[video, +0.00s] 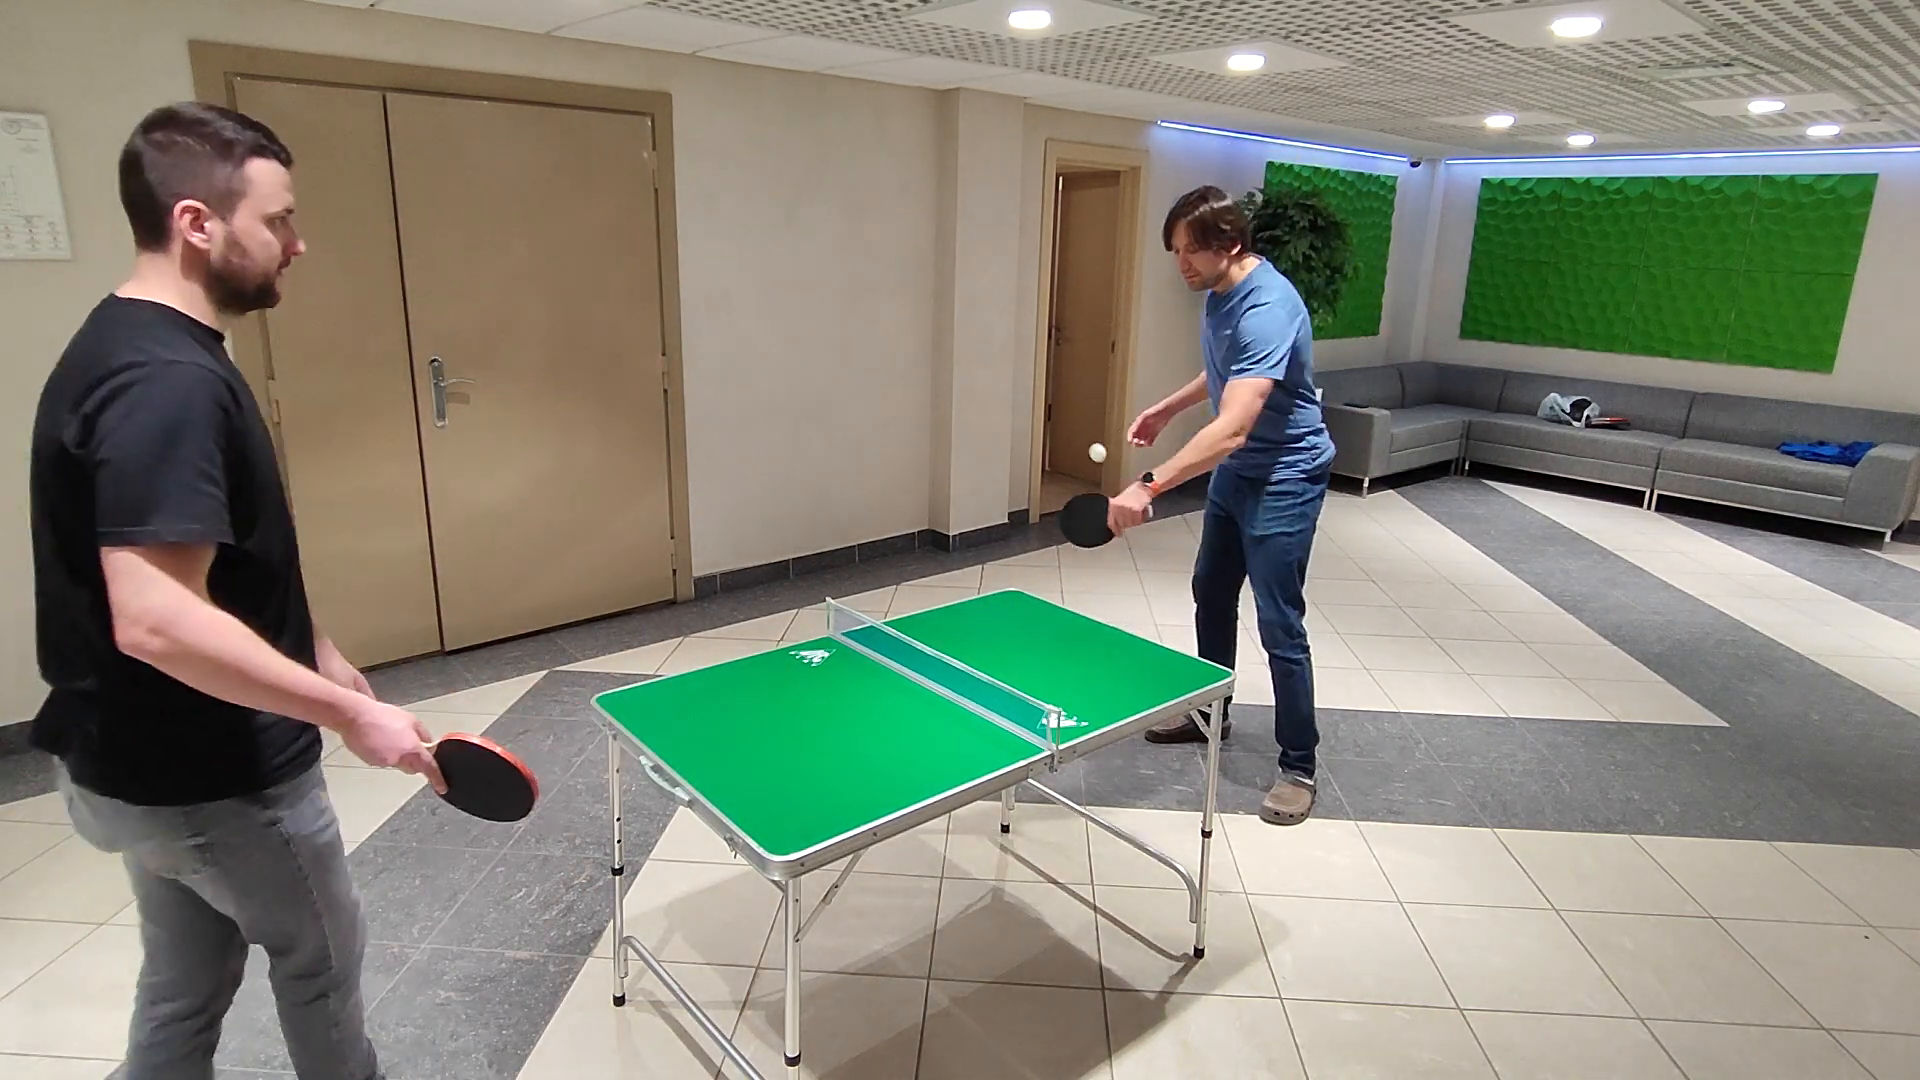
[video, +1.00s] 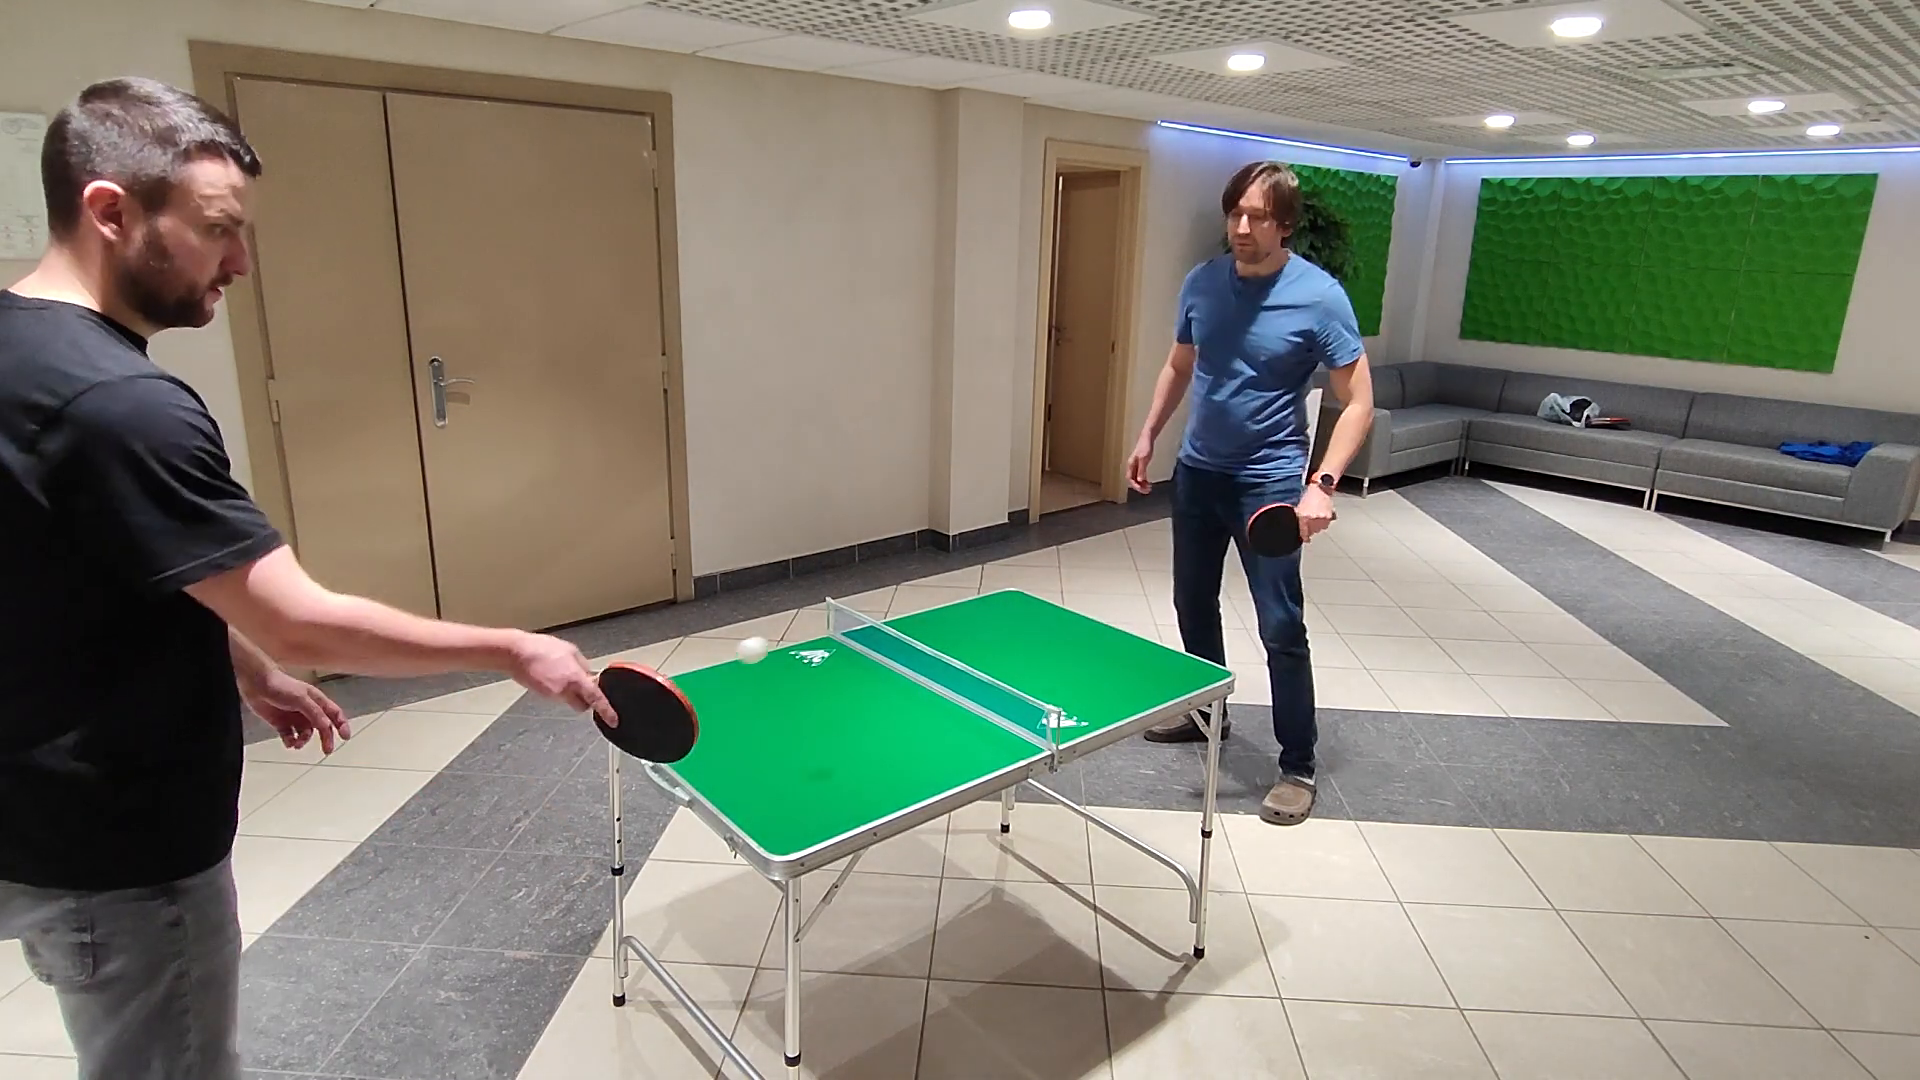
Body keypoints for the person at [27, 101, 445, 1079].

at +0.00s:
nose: (295, 246)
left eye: (293, 222)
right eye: (278, 221)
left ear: (196, 228)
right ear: (196, 225)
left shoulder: (121, 343)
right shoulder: (171, 374)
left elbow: (230, 559)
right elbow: (151, 617)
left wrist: (327, 666)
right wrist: (352, 712)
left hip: (140, 774)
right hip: (230, 782)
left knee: (180, 999)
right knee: (321, 963)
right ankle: (343, 1073)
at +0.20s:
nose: (249, 244)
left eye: (246, 219)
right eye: (226, 219)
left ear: (142, 225)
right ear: (137, 220)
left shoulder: (109, 347)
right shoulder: (102, 364)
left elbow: (189, 578)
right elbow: (55, 612)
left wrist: (302, 687)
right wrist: (268, 722)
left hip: (87, 781)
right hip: (155, 790)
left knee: (127, 1024)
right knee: (335, 969)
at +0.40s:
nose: (233, 258)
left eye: (233, 232)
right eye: (208, 228)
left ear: (113, 221)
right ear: (107, 213)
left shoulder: (83, 344)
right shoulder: (78, 372)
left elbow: (126, 591)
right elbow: (19, 626)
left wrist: (242, 713)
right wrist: (218, 759)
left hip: (76, 807)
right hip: (134, 822)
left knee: (114, 1053)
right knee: (267, 1051)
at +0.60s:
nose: (257, 276)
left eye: (260, 247)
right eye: (238, 243)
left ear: (133, 228)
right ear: (133, 224)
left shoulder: (112, 353)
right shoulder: (70, 394)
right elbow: (18, 673)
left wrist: (190, 802)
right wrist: (219, 795)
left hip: (138, 843)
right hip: (109, 864)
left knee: (176, 1060)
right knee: (174, 1069)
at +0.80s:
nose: (258, 280)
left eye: (262, 250)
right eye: (238, 248)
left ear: (128, 228)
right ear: (131, 224)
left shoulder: (75, 345)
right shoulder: (87, 409)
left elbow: (139, 600)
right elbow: (144, 687)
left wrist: (232, 714)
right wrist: (379, 745)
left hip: (119, 846)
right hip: (117, 874)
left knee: (183, 1059)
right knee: (173, 1071)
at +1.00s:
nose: (242, 262)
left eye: (243, 233)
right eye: (220, 228)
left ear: (106, 217)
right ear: (110, 214)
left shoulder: (22, 344)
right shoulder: (123, 406)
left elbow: (114, 550)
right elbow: (300, 628)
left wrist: (248, 667)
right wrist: (513, 650)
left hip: (51, 837)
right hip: (128, 863)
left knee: (151, 1059)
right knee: (171, 1070)